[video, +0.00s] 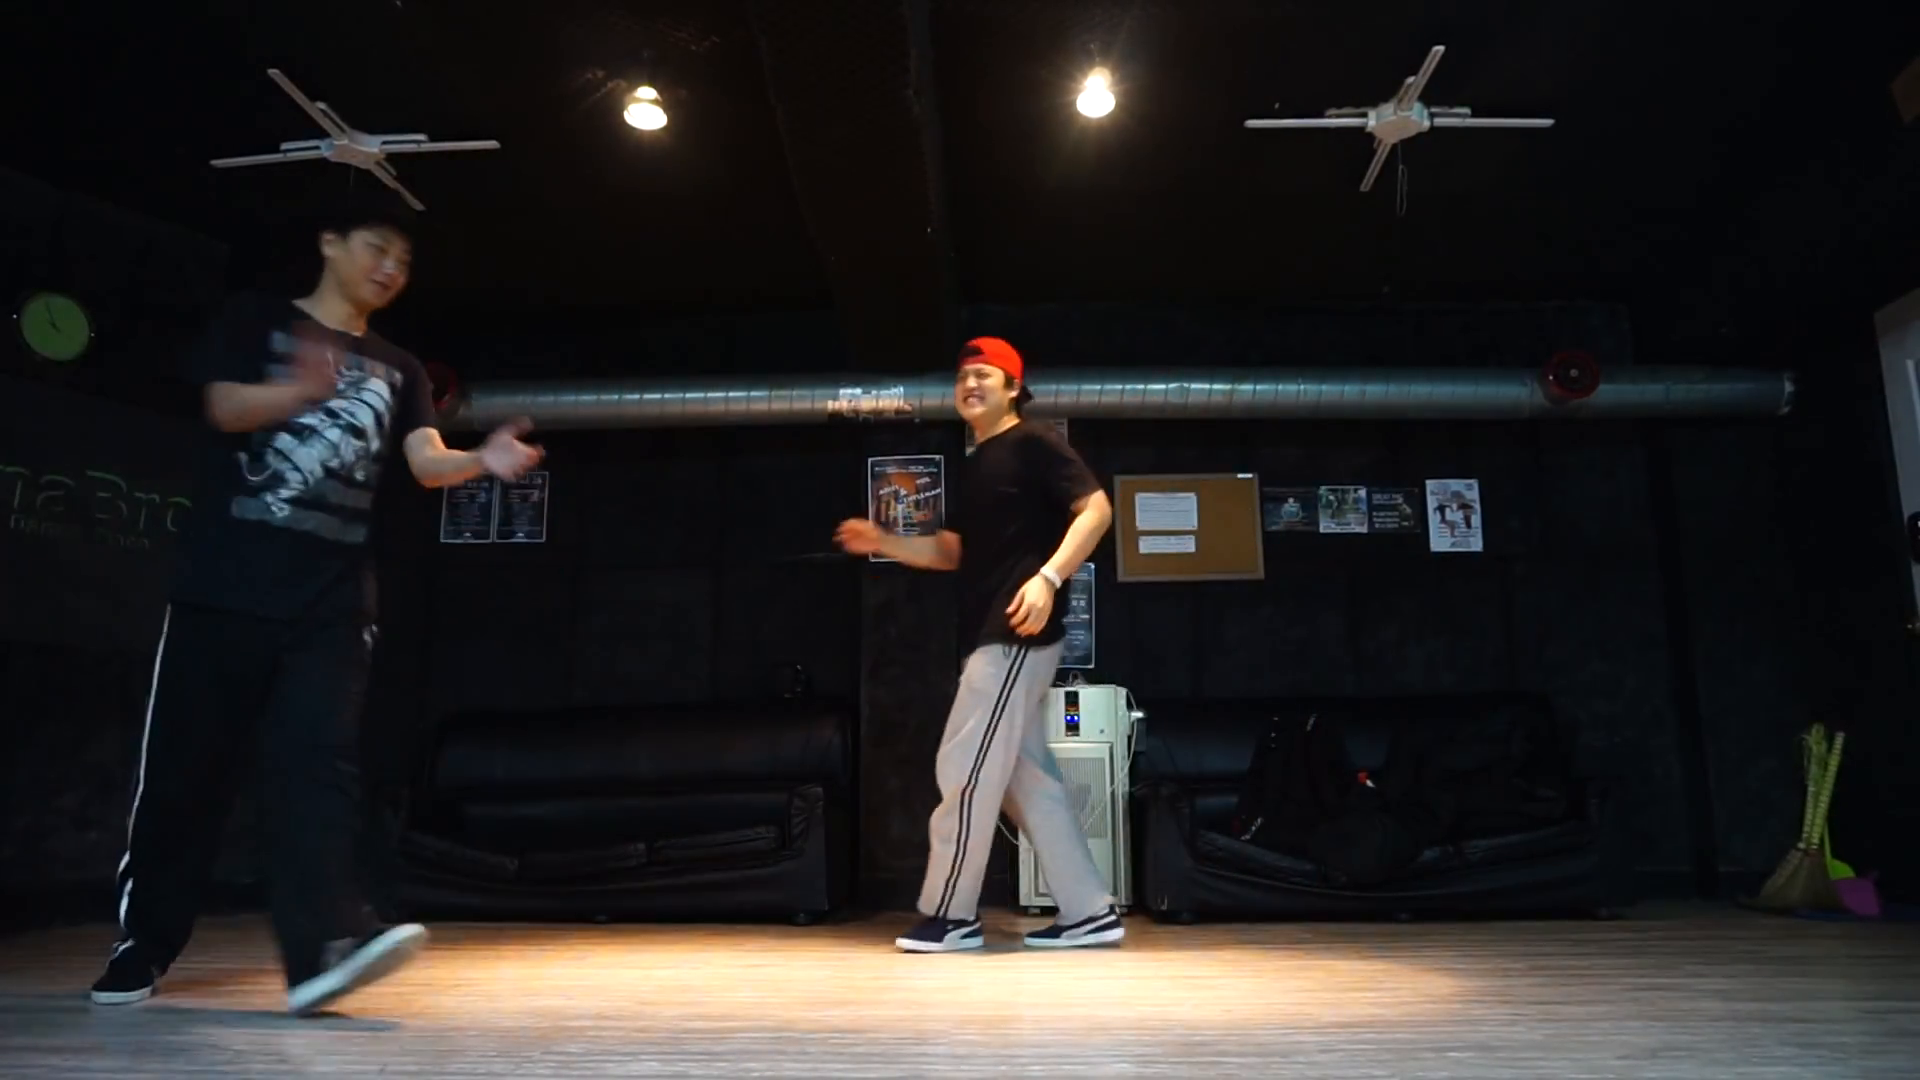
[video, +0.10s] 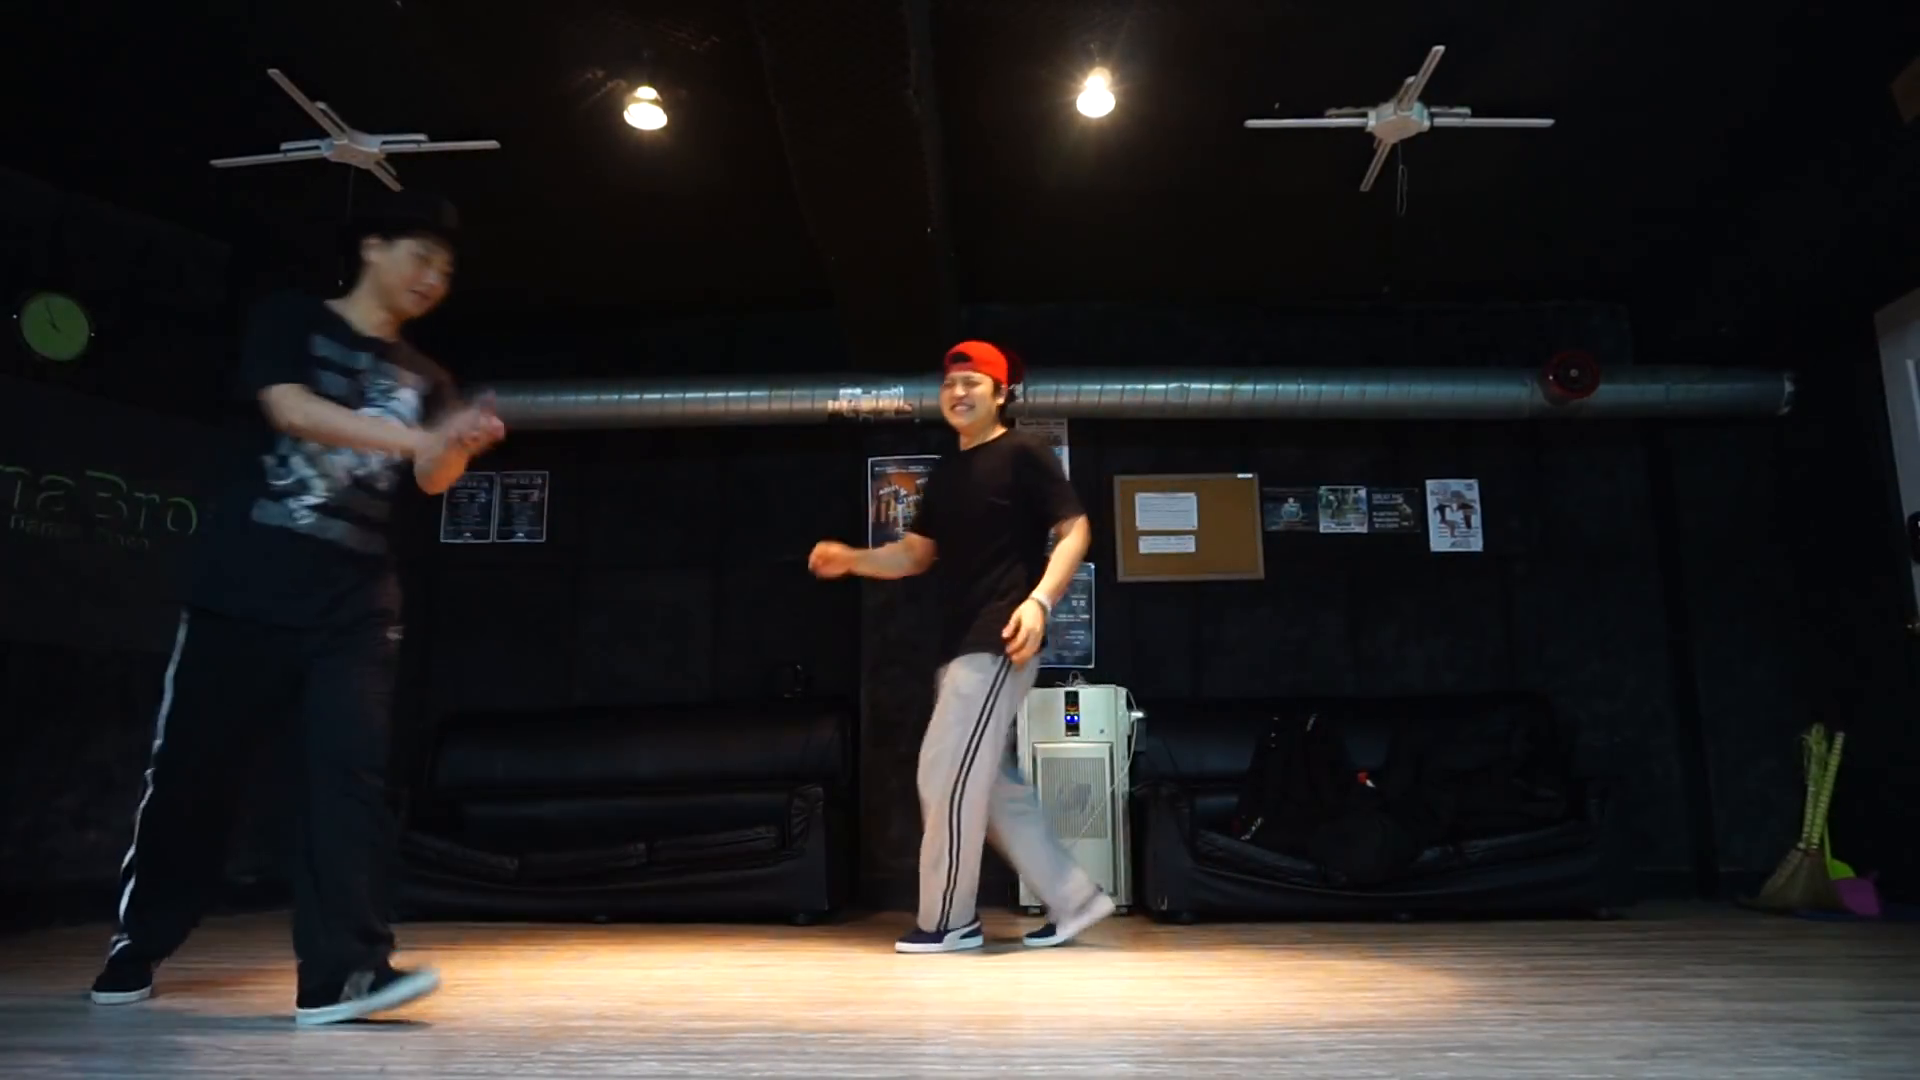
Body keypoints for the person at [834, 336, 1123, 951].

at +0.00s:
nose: (970, 385)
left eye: (983, 376)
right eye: (964, 377)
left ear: (1012, 390)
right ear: (957, 393)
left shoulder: (1035, 444)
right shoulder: (973, 465)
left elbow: (1097, 509)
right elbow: (952, 552)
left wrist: (1049, 578)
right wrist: (883, 541)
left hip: (1019, 634)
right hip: (993, 636)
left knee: (966, 766)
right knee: (1025, 774)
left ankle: (950, 917)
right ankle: (1089, 912)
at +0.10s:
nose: (957, 392)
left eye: (972, 383)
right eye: (950, 384)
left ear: (1000, 396)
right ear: (943, 397)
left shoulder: (1023, 456)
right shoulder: (949, 470)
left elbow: (1075, 532)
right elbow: (915, 553)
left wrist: (1040, 602)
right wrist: (853, 559)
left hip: (1001, 638)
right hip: (966, 639)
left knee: (946, 773)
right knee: (988, 781)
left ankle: (949, 923)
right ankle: (1074, 900)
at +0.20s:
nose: (948, 401)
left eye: (962, 391)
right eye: (939, 391)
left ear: (989, 401)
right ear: (929, 401)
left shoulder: (1015, 467)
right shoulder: (925, 473)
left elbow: (1057, 546)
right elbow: (894, 551)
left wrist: (1031, 605)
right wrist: (848, 579)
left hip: (983, 641)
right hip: (924, 644)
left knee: (939, 777)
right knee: (901, 782)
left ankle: (951, 926)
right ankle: (1033, 870)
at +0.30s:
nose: (935, 396)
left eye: (949, 388)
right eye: (928, 387)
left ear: (976, 399)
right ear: (918, 399)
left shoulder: (1004, 468)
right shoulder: (907, 469)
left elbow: (1042, 548)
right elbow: (881, 547)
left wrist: (1023, 601)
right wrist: (856, 586)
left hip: (965, 645)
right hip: (896, 646)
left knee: (936, 778)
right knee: (865, 775)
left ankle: (951, 925)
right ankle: (974, 860)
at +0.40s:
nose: (924, 380)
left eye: (938, 372)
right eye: (917, 371)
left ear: (965, 386)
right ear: (906, 385)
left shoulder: (992, 454)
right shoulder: (889, 455)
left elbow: (1029, 535)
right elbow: (868, 535)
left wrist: (1011, 583)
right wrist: (858, 578)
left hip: (953, 644)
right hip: (879, 643)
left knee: (942, 784)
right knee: (849, 764)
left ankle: (953, 923)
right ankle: (896, 901)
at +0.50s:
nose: (911, 365)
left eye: (925, 357)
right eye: (904, 356)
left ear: (952, 375)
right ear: (893, 371)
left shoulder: (977, 446)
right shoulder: (869, 444)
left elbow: (1013, 521)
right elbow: (848, 523)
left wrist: (997, 557)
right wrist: (852, 570)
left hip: (942, 635)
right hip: (866, 635)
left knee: (943, 780)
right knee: (840, 767)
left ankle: (955, 920)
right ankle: (839, 917)